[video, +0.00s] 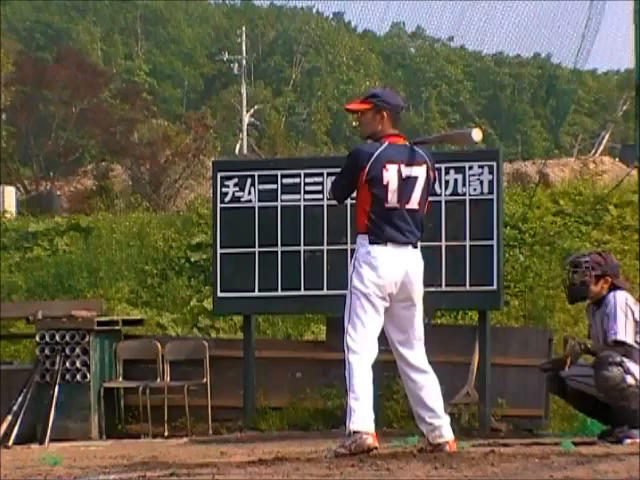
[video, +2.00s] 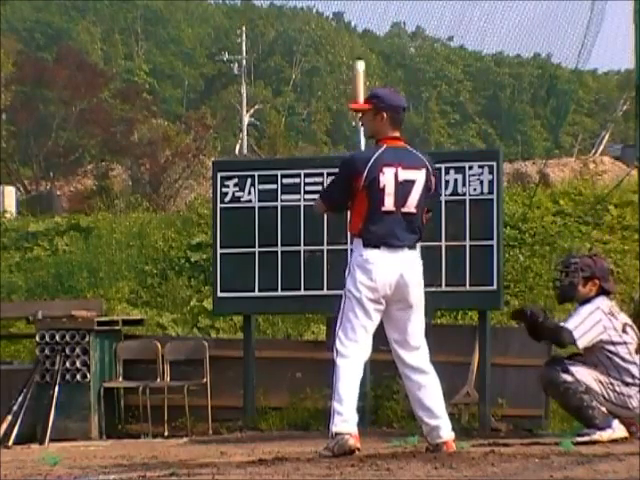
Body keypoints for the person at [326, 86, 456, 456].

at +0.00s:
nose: (358, 121)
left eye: (363, 115)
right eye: (358, 115)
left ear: (383, 117)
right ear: (390, 119)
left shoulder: (365, 153)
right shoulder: (422, 158)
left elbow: (337, 194)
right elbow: (423, 205)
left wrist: (369, 165)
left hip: (375, 258)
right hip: (412, 260)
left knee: (360, 347)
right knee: (412, 350)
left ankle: (362, 430)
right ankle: (440, 433)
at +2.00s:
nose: (362, 120)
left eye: (367, 114)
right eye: (364, 114)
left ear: (384, 118)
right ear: (396, 120)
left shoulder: (361, 162)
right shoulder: (423, 164)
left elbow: (325, 205)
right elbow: (424, 213)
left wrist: (351, 181)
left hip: (371, 261)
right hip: (410, 262)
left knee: (351, 347)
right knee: (414, 351)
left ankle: (344, 431)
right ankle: (442, 434)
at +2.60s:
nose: (357, 123)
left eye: (362, 118)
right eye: (358, 117)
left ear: (380, 120)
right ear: (391, 121)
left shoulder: (360, 156)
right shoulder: (422, 159)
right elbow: (431, 186)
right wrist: (400, 145)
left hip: (376, 261)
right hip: (416, 261)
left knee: (354, 348)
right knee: (418, 354)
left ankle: (344, 431)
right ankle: (442, 435)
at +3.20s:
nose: (349, 124)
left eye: (353, 119)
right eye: (350, 118)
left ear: (372, 121)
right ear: (379, 123)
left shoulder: (359, 156)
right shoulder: (409, 157)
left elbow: (328, 203)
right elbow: (379, 196)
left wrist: (342, 162)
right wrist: (355, 159)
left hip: (378, 260)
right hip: (412, 260)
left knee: (346, 352)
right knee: (411, 357)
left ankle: (348, 435)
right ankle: (442, 436)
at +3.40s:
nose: (331, 123)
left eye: (336, 117)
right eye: (332, 117)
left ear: (355, 120)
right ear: (357, 122)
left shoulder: (357, 154)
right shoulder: (381, 156)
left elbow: (343, 219)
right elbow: (349, 207)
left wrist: (324, 214)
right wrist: (319, 182)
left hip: (370, 257)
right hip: (397, 257)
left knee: (340, 352)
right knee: (380, 357)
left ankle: (346, 437)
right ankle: (429, 426)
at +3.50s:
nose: (320, 122)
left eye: (325, 116)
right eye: (320, 117)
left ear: (345, 120)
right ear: (346, 121)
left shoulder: (351, 153)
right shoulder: (362, 155)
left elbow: (360, 217)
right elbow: (328, 215)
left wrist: (328, 229)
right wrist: (289, 190)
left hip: (370, 257)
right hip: (390, 257)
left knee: (340, 350)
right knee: (358, 350)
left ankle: (346, 437)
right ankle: (400, 423)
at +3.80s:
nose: (289, 152)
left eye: (294, 146)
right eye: (289, 146)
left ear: (314, 149)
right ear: (309, 150)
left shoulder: (328, 179)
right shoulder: (321, 185)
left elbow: (353, 229)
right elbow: (309, 246)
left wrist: (312, 247)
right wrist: (266, 233)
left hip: (374, 275)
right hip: (365, 277)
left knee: (333, 353)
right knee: (324, 357)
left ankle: (352, 438)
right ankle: (349, 437)